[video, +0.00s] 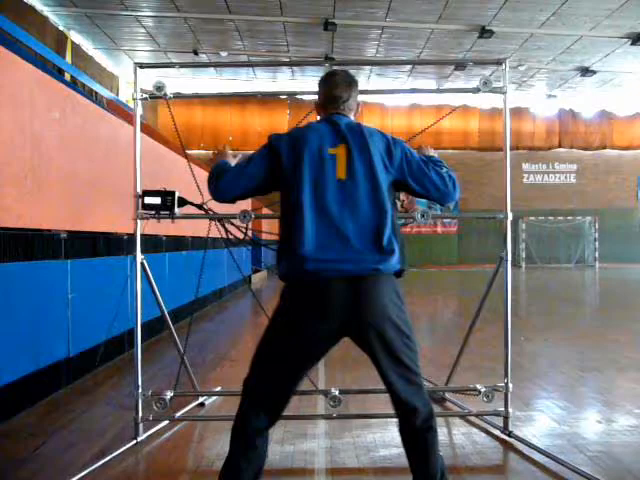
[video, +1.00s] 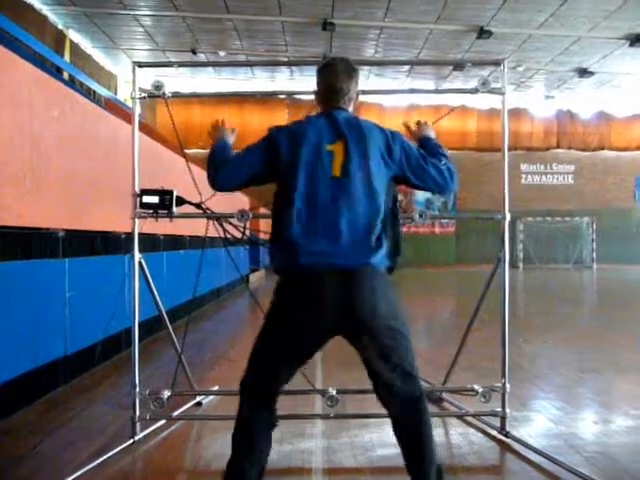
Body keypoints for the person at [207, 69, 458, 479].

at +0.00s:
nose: (342, 106)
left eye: (322, 98)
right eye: (352, 100)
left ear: (317, 103)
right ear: (356, 105)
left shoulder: (290, 145)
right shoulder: (381, 145)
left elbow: (225, 188)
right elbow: (446, 190)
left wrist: (221, 164)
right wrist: (425, 159)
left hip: (310, 293)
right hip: (375, 292)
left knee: (259, 402)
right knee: (413, 399)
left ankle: (237, 476)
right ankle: (432, 475)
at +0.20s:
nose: (336, 103)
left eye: (316, 95)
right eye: (346, 97)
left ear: (311, 100)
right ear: (349, 101)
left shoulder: (282, 141)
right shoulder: (374, 142)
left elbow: (216, 184)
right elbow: (439, 186)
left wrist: (212, 163)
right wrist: (423, 152)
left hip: (296, 291)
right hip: (360, 290)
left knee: (253, 394)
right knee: (401, 393)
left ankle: (235, 475)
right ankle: (428, 474)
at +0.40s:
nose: (332, 97)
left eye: (316, 89)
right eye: (346, 91)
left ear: (310, 93)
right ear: (349, 95)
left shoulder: (283, 136)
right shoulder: (374, 136)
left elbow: (217, 178)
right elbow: (439, 180)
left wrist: (213, 154)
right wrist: (424, 146)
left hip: (295, 286)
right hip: (359, 286)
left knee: (256, 393)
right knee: (398, 391)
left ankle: (235, 475)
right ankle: (422, 475)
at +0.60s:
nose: (342, 95)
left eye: (324, 87)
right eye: (352, 89)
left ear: (316, 92)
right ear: (356, 93)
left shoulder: (289, 135)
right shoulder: (382, 135)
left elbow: (224, 174)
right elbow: (446, 175)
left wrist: (221, 143)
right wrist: (431, 139)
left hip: (310, 288)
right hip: (374, 287)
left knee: (261, 401)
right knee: (409, 394)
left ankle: (243, 475)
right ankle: (428, 475)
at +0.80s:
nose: (337, 96)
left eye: (324, 89)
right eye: (352, 91)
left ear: (318, 94)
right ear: (357, 95)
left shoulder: (292, 140)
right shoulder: (384, 140)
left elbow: (227, 178)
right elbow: (446, 179)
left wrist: (223, 145)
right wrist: (427, 142)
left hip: (309, 291)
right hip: (372, 291)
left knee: (256, 395)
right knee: (406, 396)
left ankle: (239, 476)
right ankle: (433, 476)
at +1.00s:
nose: (338, 97)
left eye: (322, 90)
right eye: (350, 91)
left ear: (316, 94)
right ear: (356, 95)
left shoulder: (289, 139)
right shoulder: (381, 140)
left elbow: (223, 177)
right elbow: (443, 181)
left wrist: (222, 143)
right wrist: (427, 141)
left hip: (303, 290)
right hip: (367, 289)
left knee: (258, 390)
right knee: (404, 393)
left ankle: (243, 476)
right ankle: (428, 475)